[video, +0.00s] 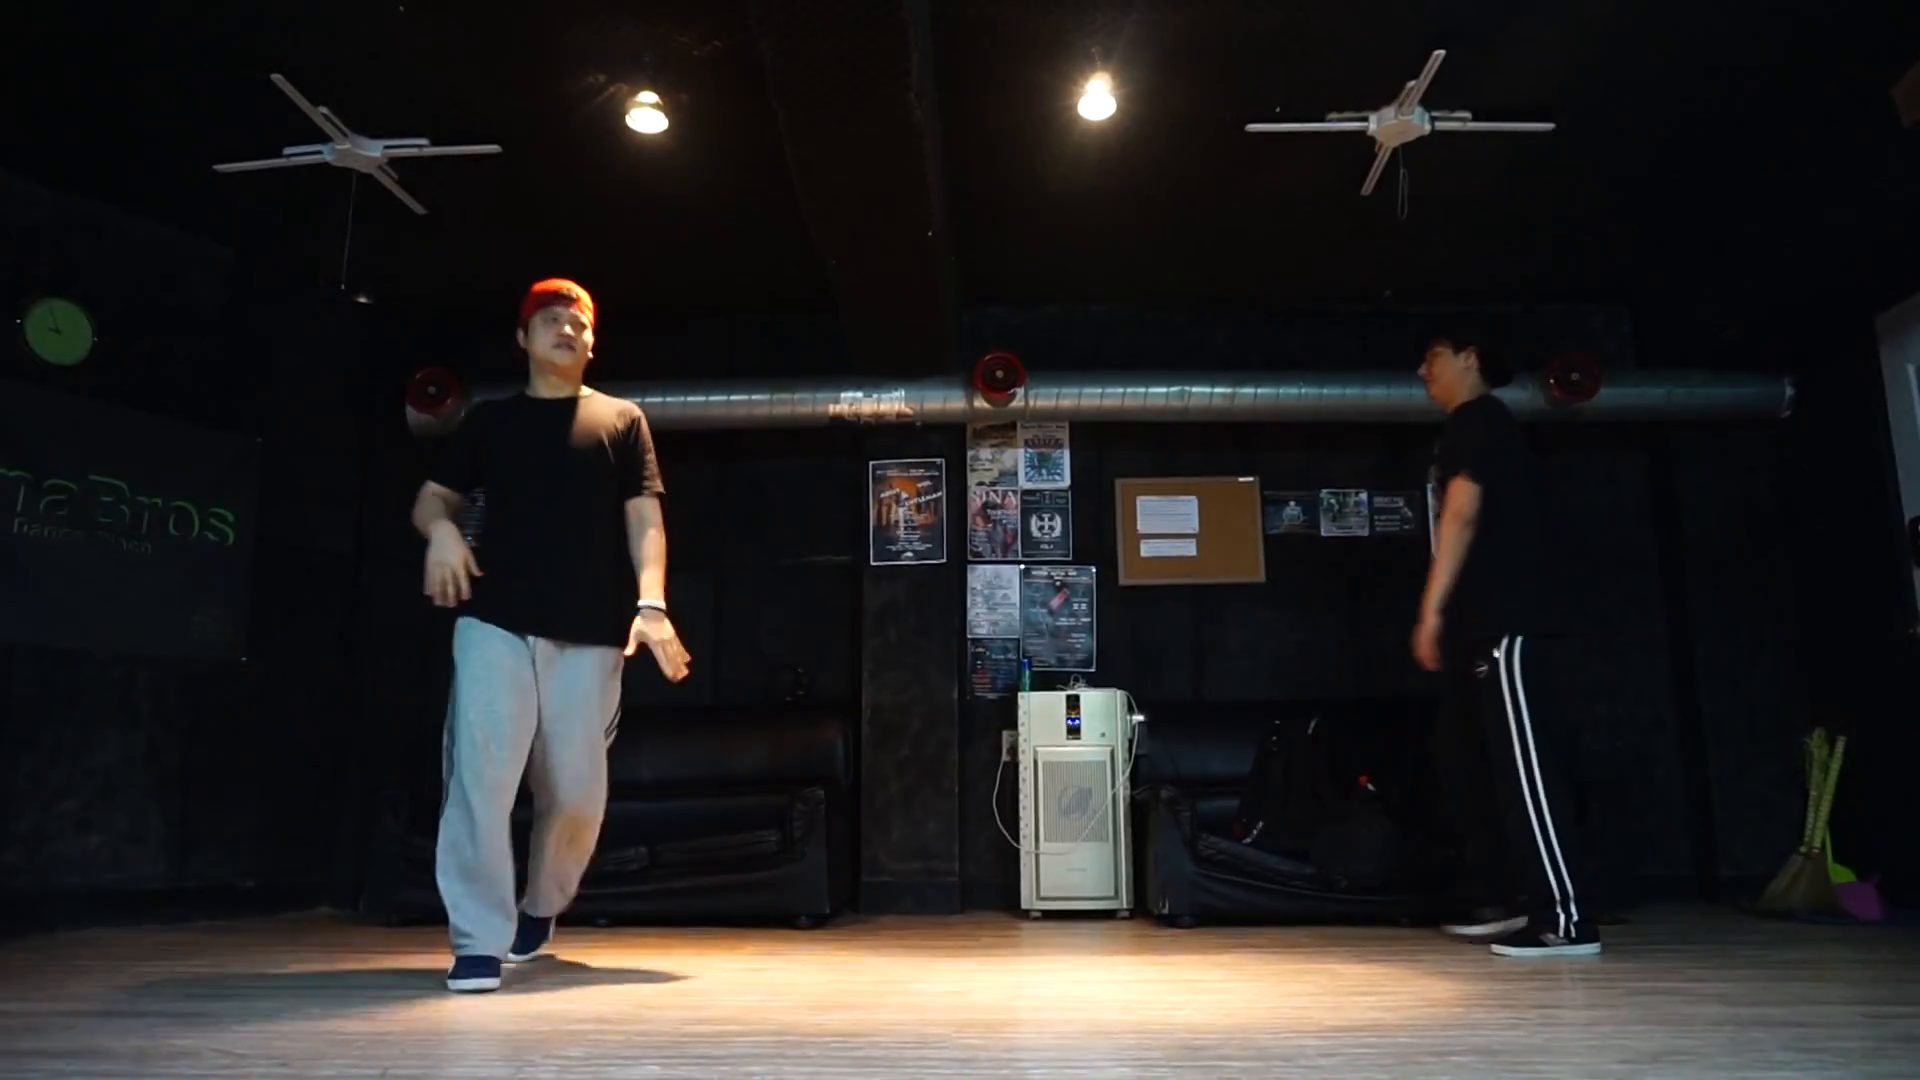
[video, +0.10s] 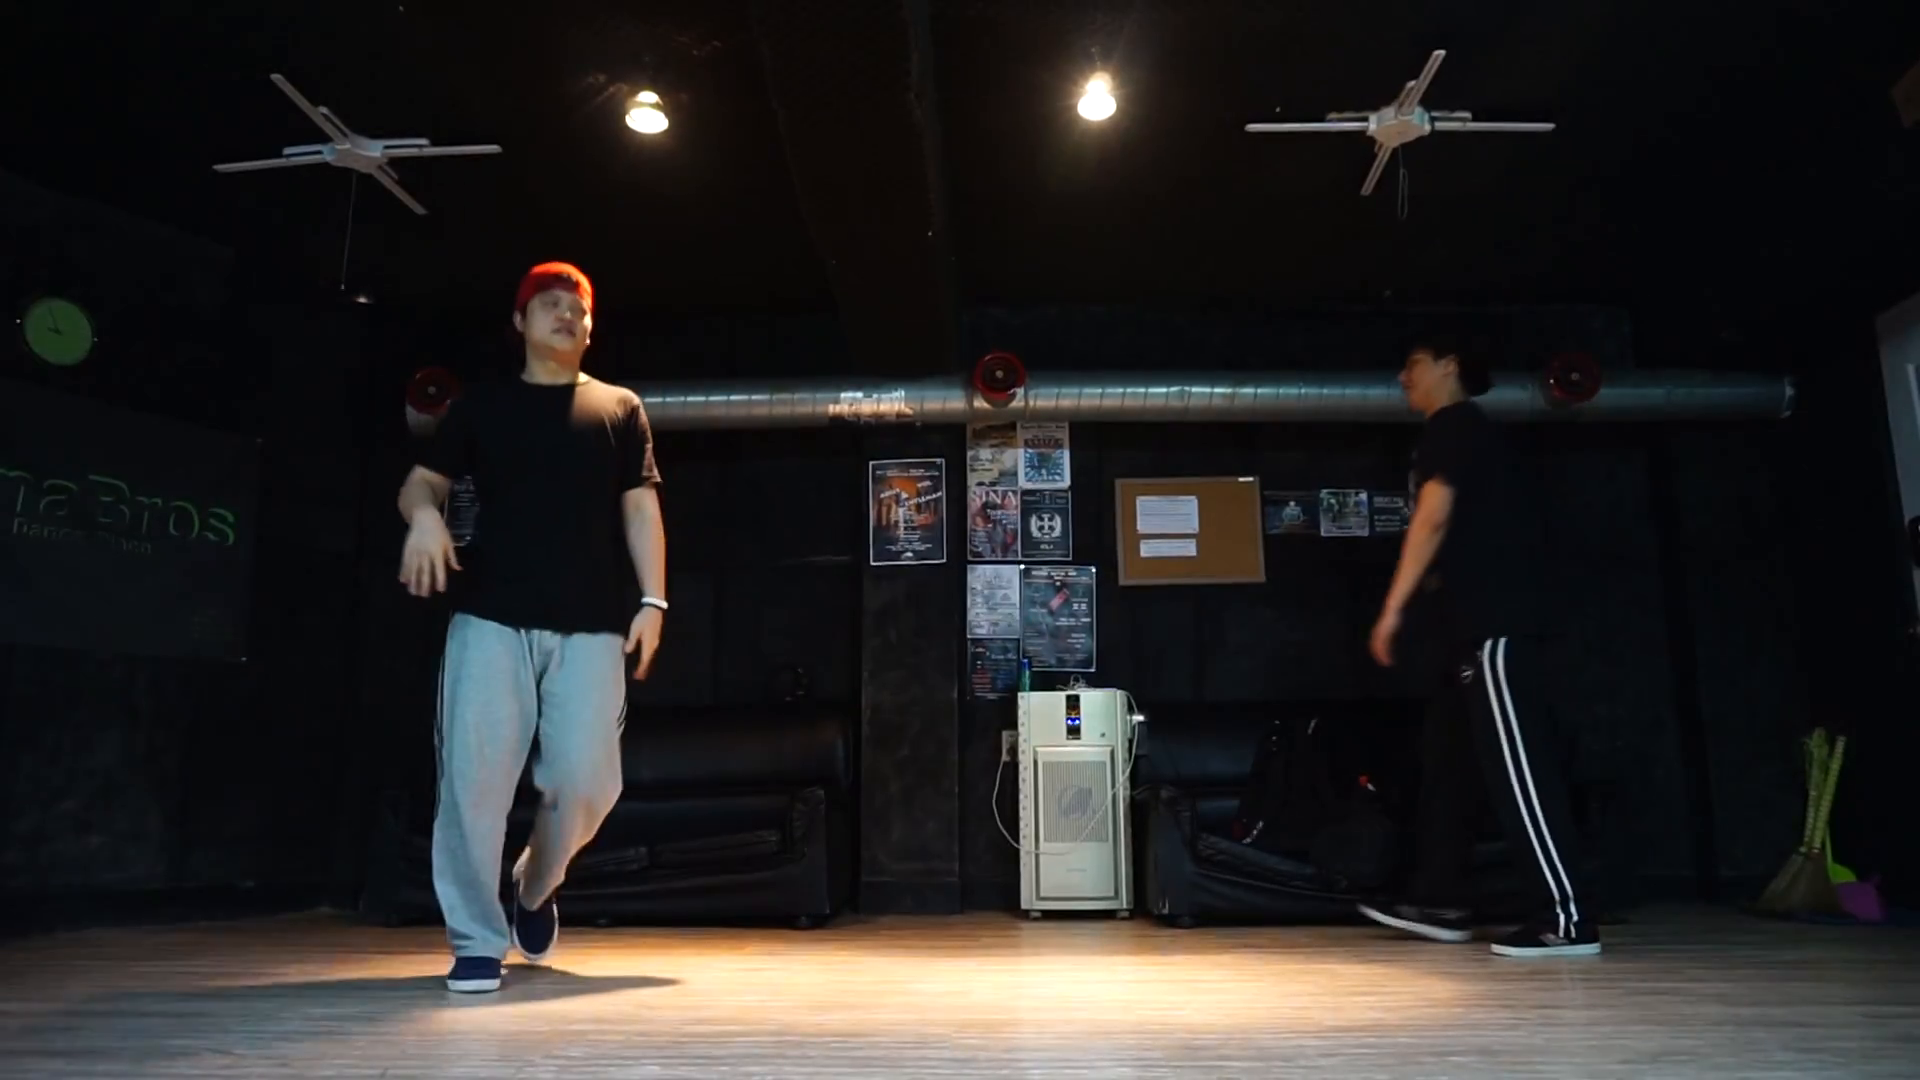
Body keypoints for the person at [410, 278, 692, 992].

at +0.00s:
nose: (570, 328)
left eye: (580, 321)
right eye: (555, 318)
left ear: (592, 343)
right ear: (525, 337)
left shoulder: (621, 421)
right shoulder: (488, 419)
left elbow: (646, 522)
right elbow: (434, 500)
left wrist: (651, 604)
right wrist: (441, 530)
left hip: (589, 633)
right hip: (495, 625)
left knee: (577, 796)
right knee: (483, 783)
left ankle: (541, 908)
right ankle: (478, 942)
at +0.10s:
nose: (571, 314)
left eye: (580, 306)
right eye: (555, 304)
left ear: (592, 326)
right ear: (522, 320)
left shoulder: (619, 410)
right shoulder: (480, 406)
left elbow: (642, 508)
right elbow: (424, 482)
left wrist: (653, 600)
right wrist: (424, 515)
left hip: (590, 627)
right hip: (490, 620)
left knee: (589, 788)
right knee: (476, 783)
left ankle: (535, 887)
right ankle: (475, 944)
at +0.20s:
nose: (573, 298)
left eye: (583, 290)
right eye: (558, 288)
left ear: (595, 310)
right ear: (527, 303)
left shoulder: (619, 395)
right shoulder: (481, 388)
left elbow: (641, 499)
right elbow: (422, 464)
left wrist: (648, 591)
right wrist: (415, 492)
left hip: (593, 616)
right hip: (493, 614)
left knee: (596, 771)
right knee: (479, 777)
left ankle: (538, 911)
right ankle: (476, 943)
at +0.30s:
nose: (590, 290)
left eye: (599, 282)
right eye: (573, 278)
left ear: (608, 299)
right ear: (537, 290)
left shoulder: (624, 388)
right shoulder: (488, 373)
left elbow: (639, 493)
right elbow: (432, 450)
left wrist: (651, 589)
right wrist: (408, 478)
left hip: (598, 602)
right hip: (498, 603)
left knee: (590, 773)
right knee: (489, 776)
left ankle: (556, 944)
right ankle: (477, 945)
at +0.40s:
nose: (607, 288)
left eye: (617, 281)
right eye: (591, 275)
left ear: (623, 299)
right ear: (552, 285)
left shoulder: (632, 391)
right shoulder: (496, 368)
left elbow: (647, 498)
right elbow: (444, 446)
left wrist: (661, 596)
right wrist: (416, 479)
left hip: (606, 604)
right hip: (505, 602)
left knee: (597, 772)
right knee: (494, 776)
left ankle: (586, 943)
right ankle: (477, 946)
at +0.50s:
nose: (631, 295)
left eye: (643, 289)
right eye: (617, 280)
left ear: (648, 308)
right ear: (577, 286)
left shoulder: (645, 398)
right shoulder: (517, 368)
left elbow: (658, 507)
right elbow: (466, 449)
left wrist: (676, 601)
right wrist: (428, 503)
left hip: (616, 612)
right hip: (516, 610)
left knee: (615, 781)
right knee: (500, 782)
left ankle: (590, 963)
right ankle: (476, 949)